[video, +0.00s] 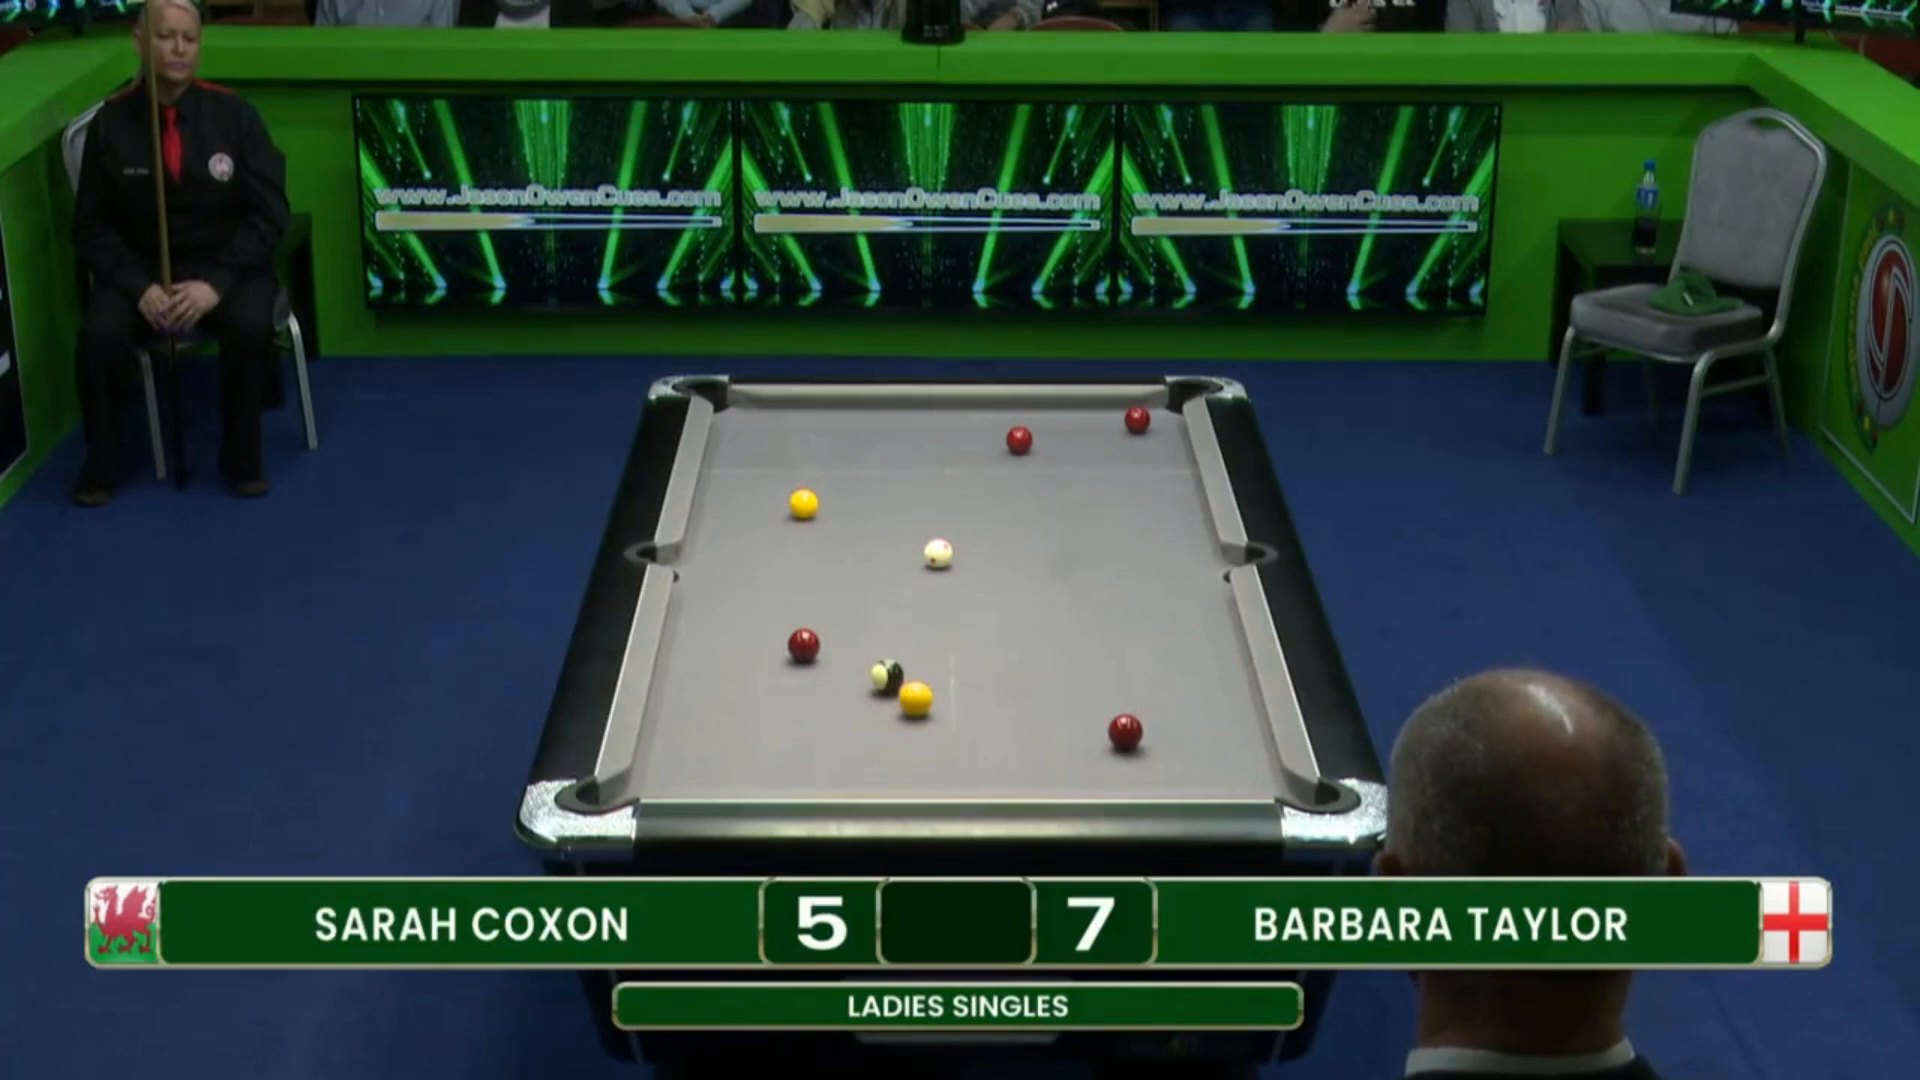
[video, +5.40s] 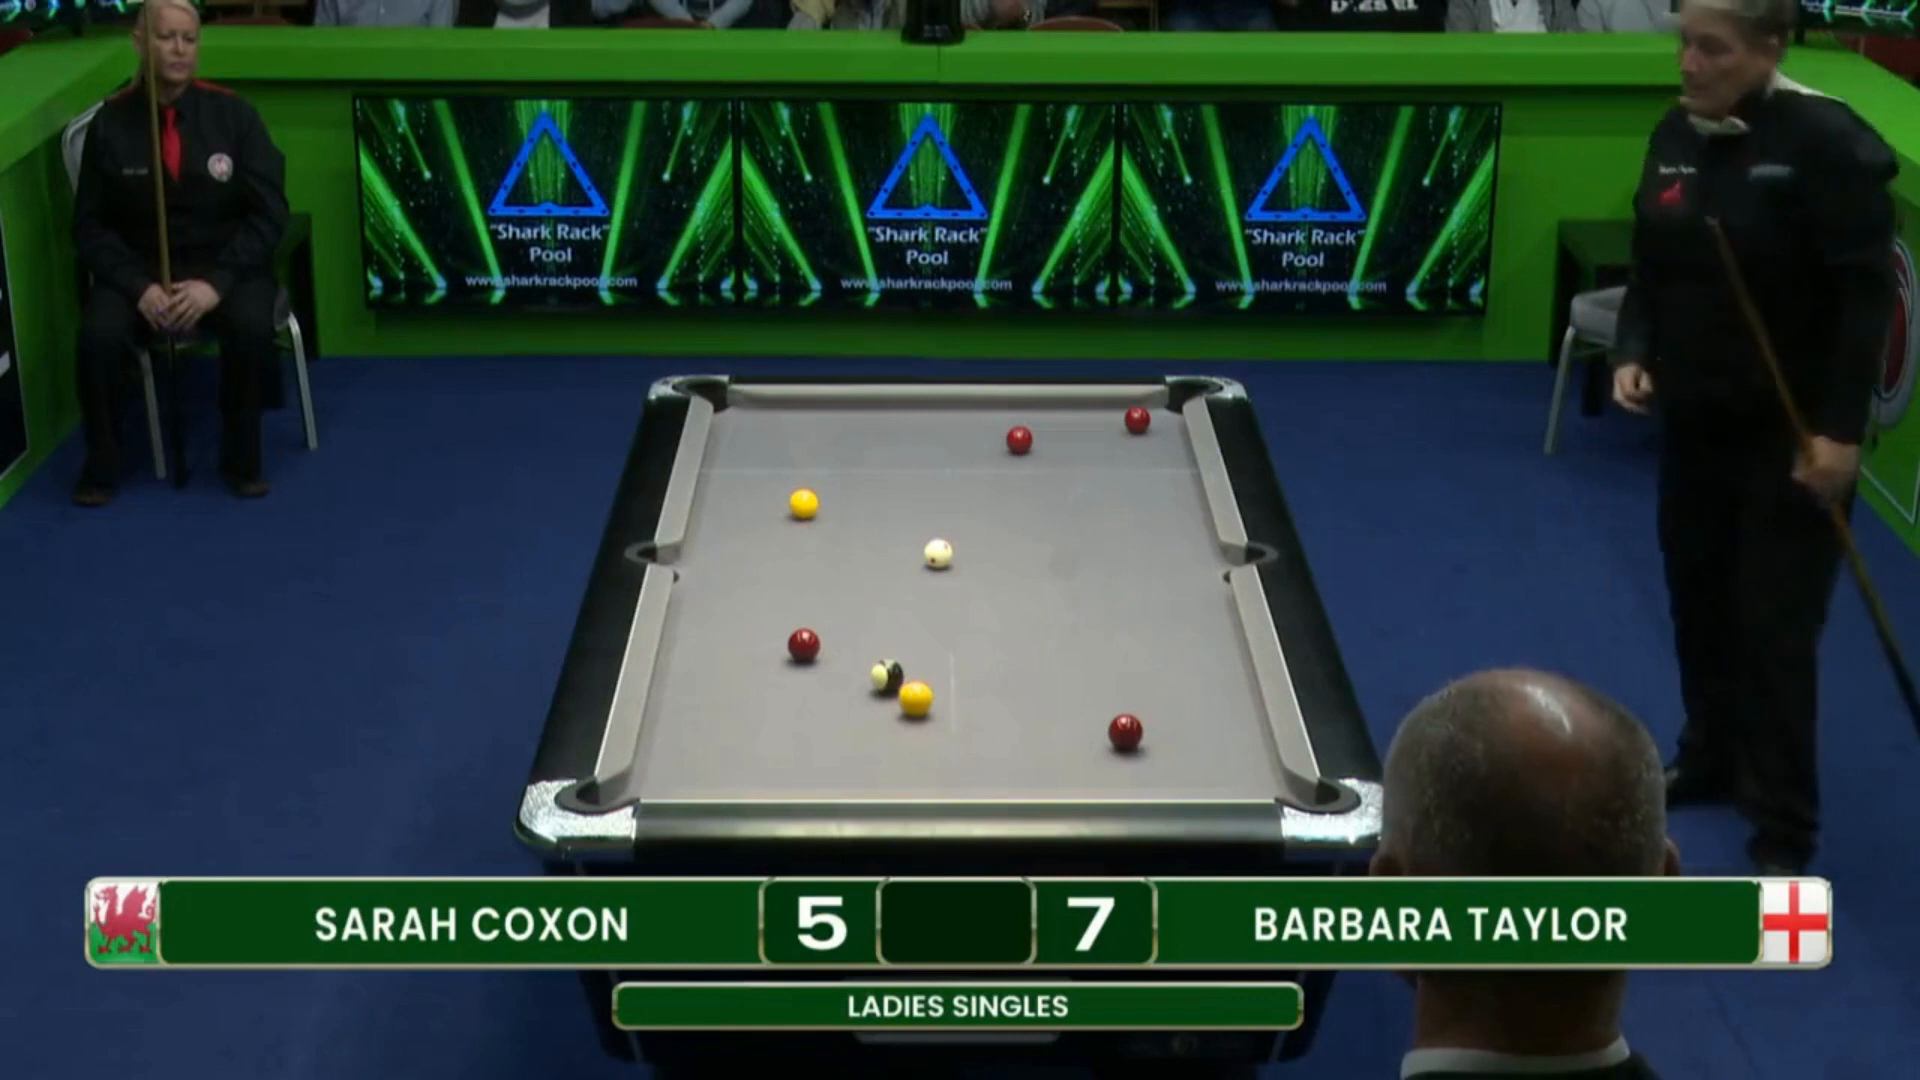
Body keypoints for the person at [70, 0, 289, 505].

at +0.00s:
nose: (179, 49)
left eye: (189, 38)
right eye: (165, 37)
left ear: (200, 45)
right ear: (141, 42)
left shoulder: (235, 115)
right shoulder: (111, 121)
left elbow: (269, 215)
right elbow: (90, 226)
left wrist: (214, 284)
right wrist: (140, 287)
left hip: (221, 266)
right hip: (138, 272)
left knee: (249, 330)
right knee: (101, 336)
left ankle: (243, 463)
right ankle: (101, 469)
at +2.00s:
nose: (179, 49)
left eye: (189, 38)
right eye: (165, 37)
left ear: (199, 44)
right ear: (141, 42)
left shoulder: (234, 116)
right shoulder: (111, 121)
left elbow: (269, 215)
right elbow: (90, 226)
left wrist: (214, 284)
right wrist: (140, 287)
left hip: (221, 268)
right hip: (138, 274)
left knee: (248, 328)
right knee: (101, 336)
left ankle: (243, 463)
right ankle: (101, 469)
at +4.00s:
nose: (181, 49)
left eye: (190, 38)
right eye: (167, 37)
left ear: (199, 45)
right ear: (140, 42)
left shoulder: (234, 116)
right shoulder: (111, 121)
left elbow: (268, 215)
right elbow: (90, 227)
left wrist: (214, 283)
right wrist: (141, 286)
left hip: (221, 267)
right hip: (138, 274)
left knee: (248, 327)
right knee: (100, 334)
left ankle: (243, 462)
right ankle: (101, 468)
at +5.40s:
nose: (180, 49)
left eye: (189, 38)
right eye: (166, 37)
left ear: (199, 44)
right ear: (141, 42)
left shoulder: (234, 115)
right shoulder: (110, 122)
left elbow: (269, 214)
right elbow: (90, 226)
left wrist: (214, 283)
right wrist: (140, 286)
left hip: (220, 267)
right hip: (138, 273)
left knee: (249, 328)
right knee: (100, 334)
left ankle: (243, 462)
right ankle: (102, 466)